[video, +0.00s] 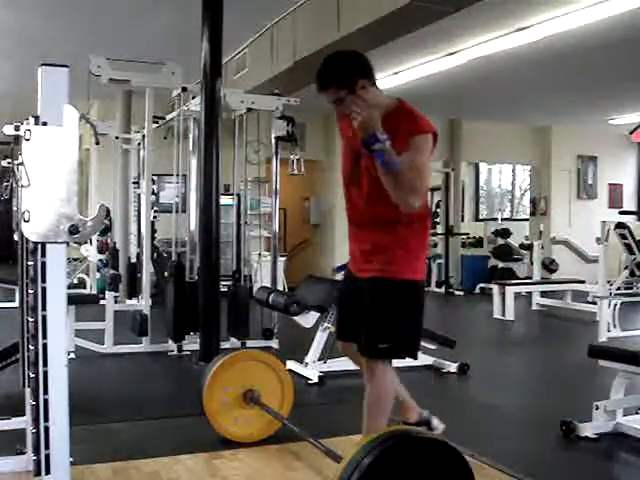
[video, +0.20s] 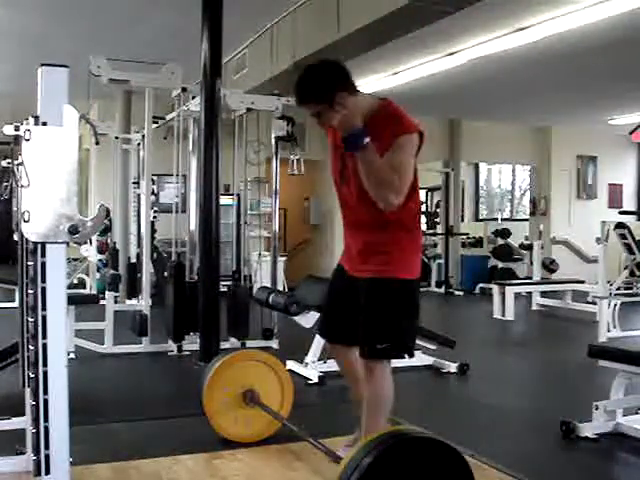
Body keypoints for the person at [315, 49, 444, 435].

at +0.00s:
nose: (339, 111)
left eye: (342, 100)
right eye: (333, 104)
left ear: (365, 86)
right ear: (332, 98)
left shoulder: (412, 126)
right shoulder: (349, 123)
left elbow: (411, 198)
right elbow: (362, 194)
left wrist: (374, 139)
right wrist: (356, 254)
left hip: (396, 265)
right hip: (362, 261)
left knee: (379, 357)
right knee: (352, 343)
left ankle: (370, 455)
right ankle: (414, 416)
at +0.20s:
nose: (320, 125)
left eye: (321, 114)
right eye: (314, 118)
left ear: (343, 98)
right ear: (333, 103)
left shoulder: (397, 125)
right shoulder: (339, 130)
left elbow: (390, 196)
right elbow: (351, 199)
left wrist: (357, 138)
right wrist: (351, 253)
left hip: (392, 268)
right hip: (354, 262)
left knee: (374, 358)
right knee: (338, 342)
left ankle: (370, 446)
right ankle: (373, 422)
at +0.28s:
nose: (314, 130)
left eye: (314, 119)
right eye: (308, 124)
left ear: (332, 101)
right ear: (324, 106)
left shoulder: (390, 126)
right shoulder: (339, 132)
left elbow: (382, 197)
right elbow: (347, 207)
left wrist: (345, 143)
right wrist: (345, 260)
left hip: (388, 270)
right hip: (350, 265)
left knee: (373, 360)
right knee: (340, 348)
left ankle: (372, 451)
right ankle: (344, 437)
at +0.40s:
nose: (307, 135)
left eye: (306, 125)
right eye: (300, 129)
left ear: (322, 105)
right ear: (313, 110)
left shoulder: (381, 130)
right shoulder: (335, 131)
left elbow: (371, 199)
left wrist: (334, 148)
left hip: (384, 269)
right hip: (346, 263)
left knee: (370, 362)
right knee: (337, 352)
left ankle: (370, 455)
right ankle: (333, 442)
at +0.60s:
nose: (287, 144)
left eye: (285, 134)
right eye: (281, 138)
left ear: (304, 112)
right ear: (302, 115)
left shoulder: (363, 131)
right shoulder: (319, 141)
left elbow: (373, 204)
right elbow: (321, 212)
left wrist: (322, 166)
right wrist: (308, 183)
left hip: (378, 265)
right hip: (339, 261)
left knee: (367, 358)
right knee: (329, 352)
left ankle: (369, 452)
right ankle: (331, 444)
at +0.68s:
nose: (283, 144)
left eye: (282, 135)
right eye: (277, 138)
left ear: (299, 112)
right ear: (295, 116)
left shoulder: (359, 133)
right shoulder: (312, 140)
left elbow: (377, 206)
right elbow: (316, 195)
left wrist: (319, 173)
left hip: (379, 262)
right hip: (340, 260)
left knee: (367, 357)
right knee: (329, 352)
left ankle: (370, 452)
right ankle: (331, 443)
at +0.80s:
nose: (271, 154)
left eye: (270, 145)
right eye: (264, 149)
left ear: (287, 120)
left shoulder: (343, 145)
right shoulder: (288, 161)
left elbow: (382, 216)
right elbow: (297, 223)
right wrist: (295, 280)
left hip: (387, 257)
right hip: (347, 258)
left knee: (371, 355)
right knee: (334, 350)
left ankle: (379, 452)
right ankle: (332, 444)